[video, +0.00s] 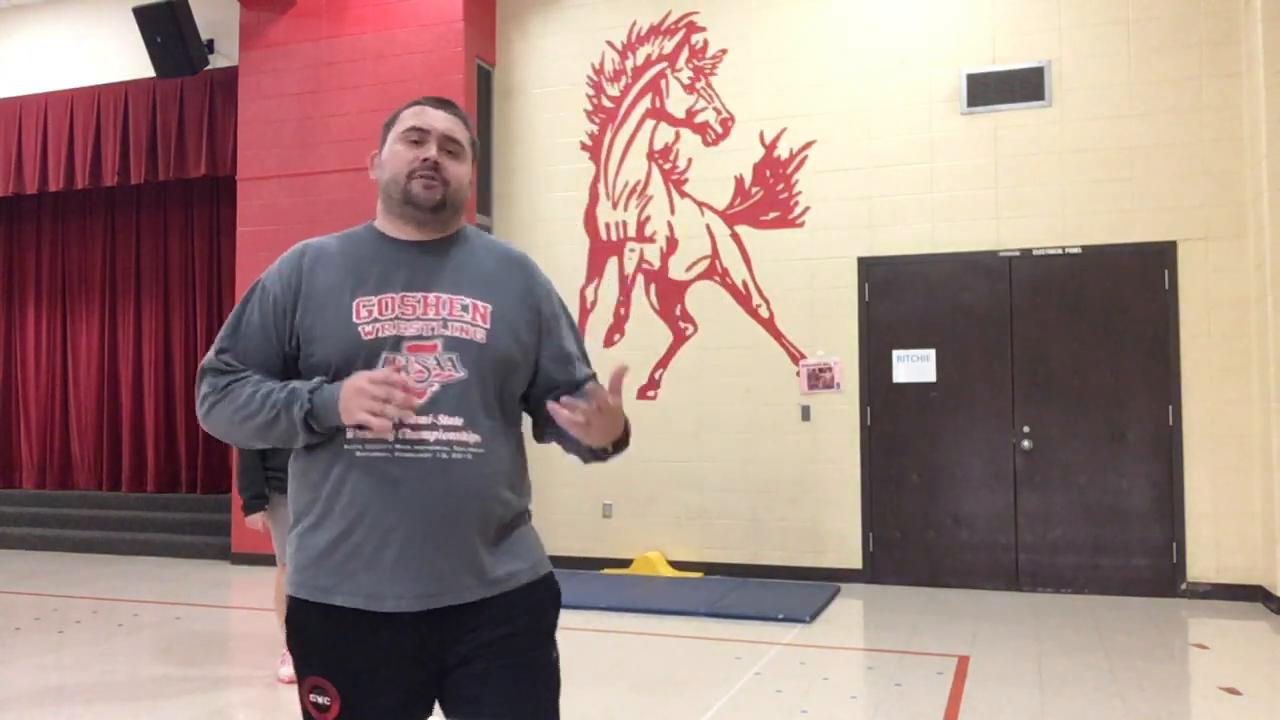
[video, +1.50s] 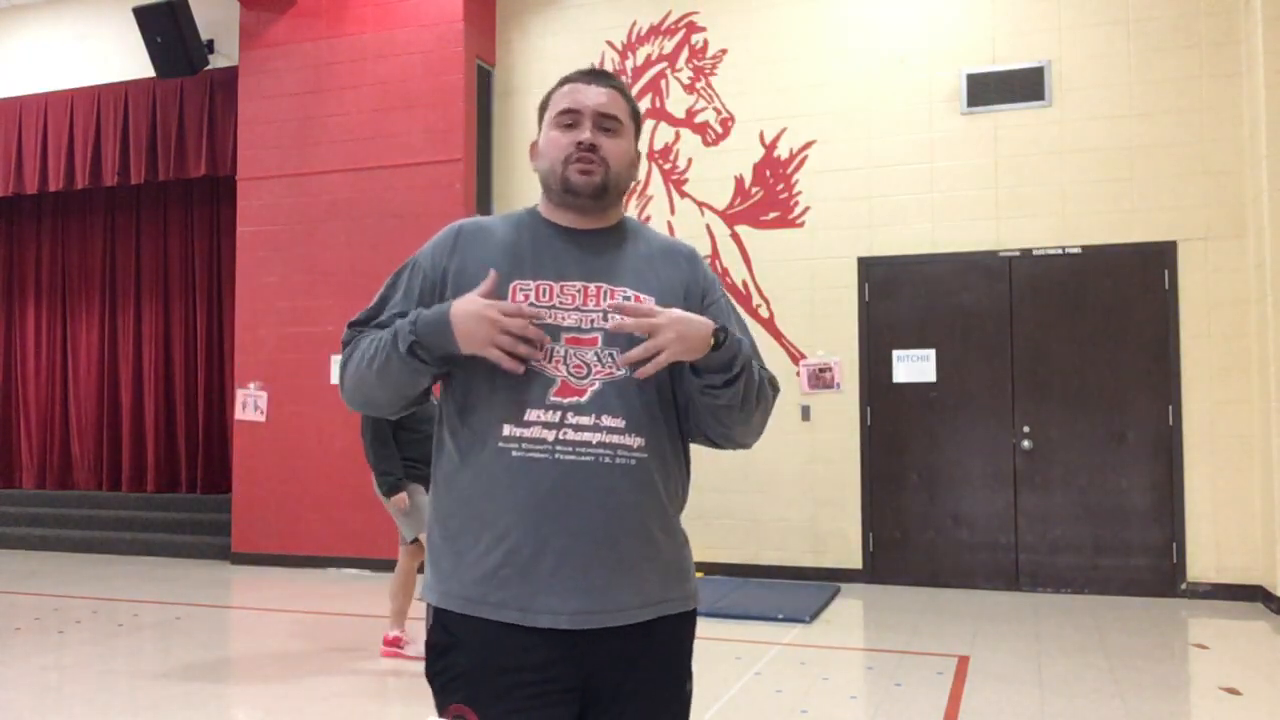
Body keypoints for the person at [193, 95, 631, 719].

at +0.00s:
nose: (431, 154)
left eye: (451, 148)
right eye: (413, 139)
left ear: (472, 178)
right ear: (377, 161)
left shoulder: (515, 277)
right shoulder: (306, 270)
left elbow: (565, 401)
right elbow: (218, 392)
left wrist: (608, 435)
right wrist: (329, 403)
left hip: (497, 597)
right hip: (345, 603)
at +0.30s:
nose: (475, 142)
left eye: (495, 135)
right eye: (455, 129)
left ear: (516, 165)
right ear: (417, 156)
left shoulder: (560, 276)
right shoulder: (349, 265)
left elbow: (601, 399)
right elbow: (264, 399)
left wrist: (639, 448)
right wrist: (385, 418)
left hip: (532, 611)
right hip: (376, 609)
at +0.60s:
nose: (526, 127)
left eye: (547, 120)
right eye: (505, 114)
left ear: (571, 152)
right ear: (467, 142)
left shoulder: (617, 265)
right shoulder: (400, 250)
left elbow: (684, 416)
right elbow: (319, 390)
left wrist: (679, 416)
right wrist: (448, 410)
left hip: (581, 611)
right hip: (423, 609)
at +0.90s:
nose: (566, 119)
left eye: (590, 115)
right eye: (547, 106)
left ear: (614, 156)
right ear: (510, 137)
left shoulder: (659, 262)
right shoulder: (436, 247)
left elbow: (721, 424)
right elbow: (346, 384)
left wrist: (726, 388)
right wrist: (456, 404)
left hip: (620, 617)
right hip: (459, 615)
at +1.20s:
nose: (582, 125)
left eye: (607, 118)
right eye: (565, 112)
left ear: (636, 157)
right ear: (532, 140)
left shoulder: (679, 266)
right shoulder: (456, 247)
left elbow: (742, 423)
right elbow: (355, 365)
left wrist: (743, 361)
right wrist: (435, 375)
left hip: (636, 614)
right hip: (481, 611)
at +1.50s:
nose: (587, 136)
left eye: (609, 125)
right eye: (568, 122)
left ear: (637, 159)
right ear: (535, 149)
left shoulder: (680, 270)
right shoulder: (465, 247)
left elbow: (740, 425)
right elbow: (362, 382)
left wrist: (714, 346)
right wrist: (441, 330)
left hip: (640, 612)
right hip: (488, 609)